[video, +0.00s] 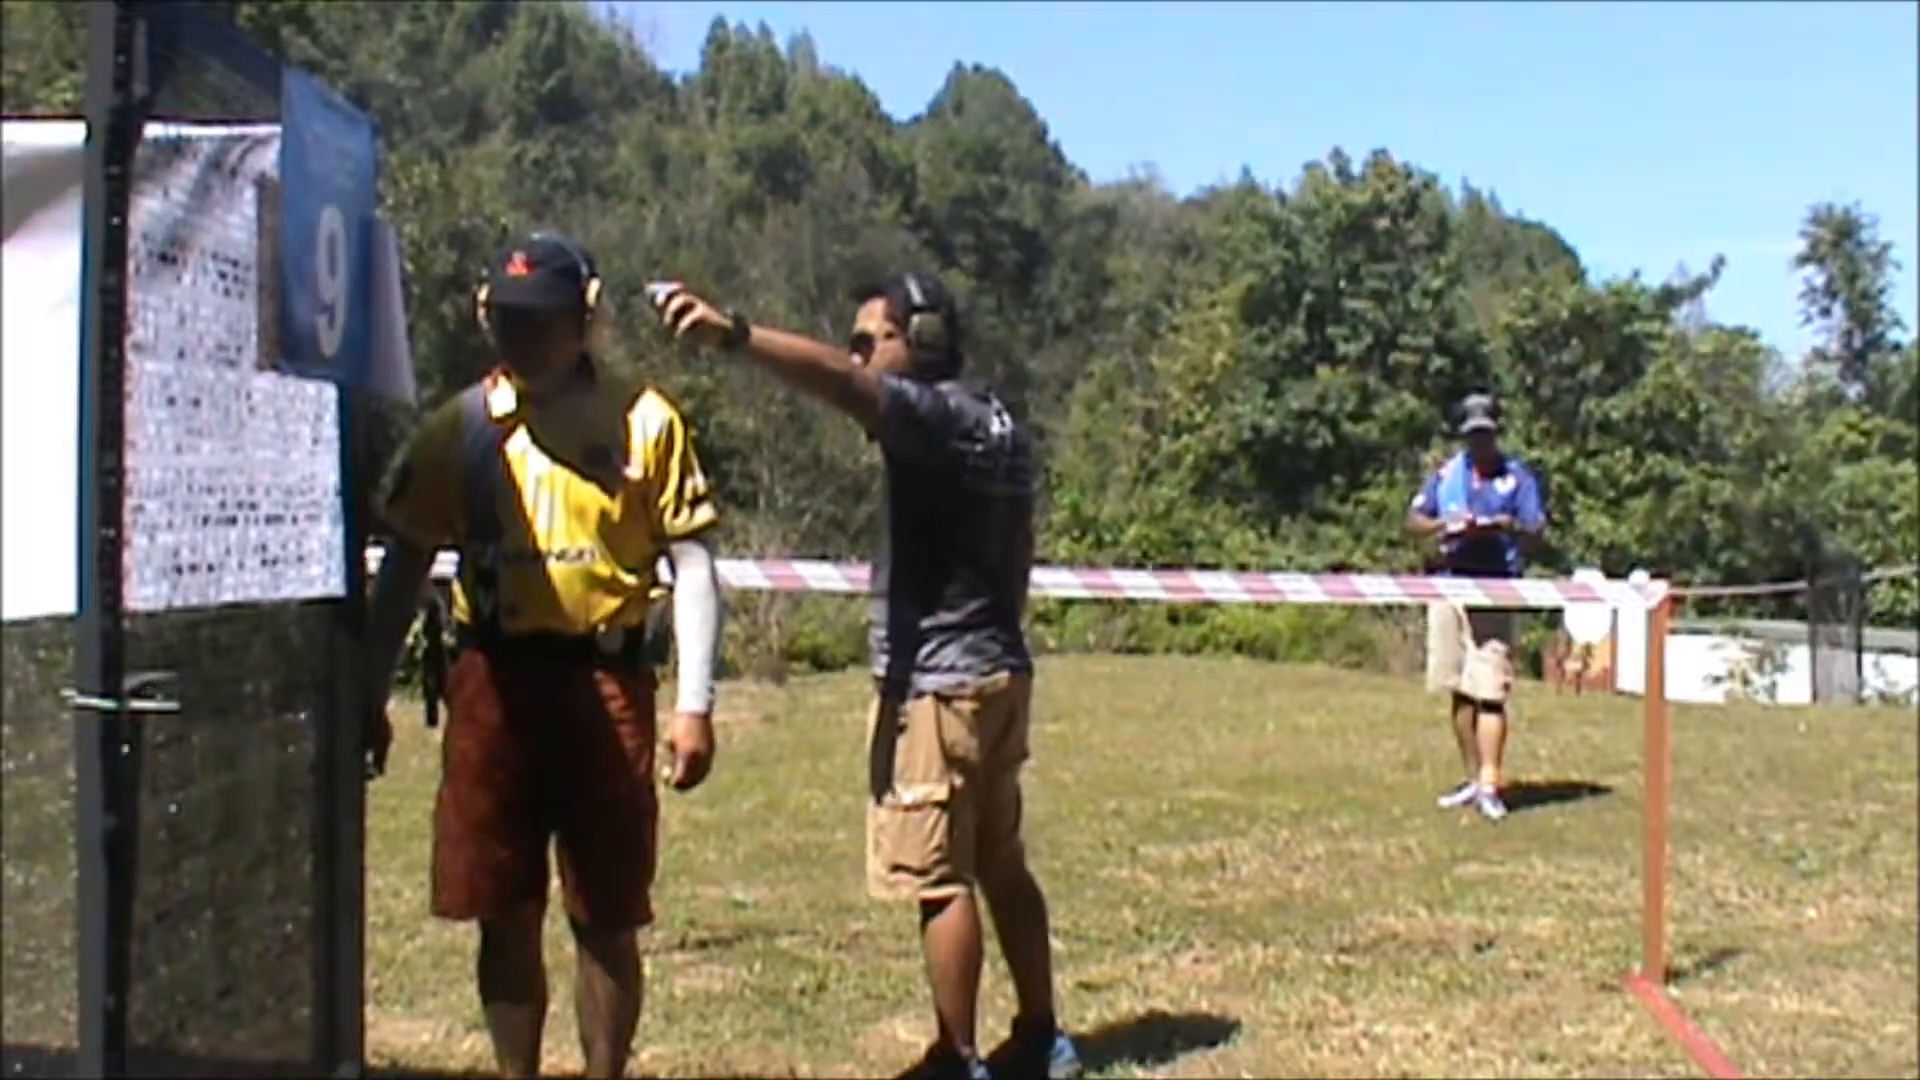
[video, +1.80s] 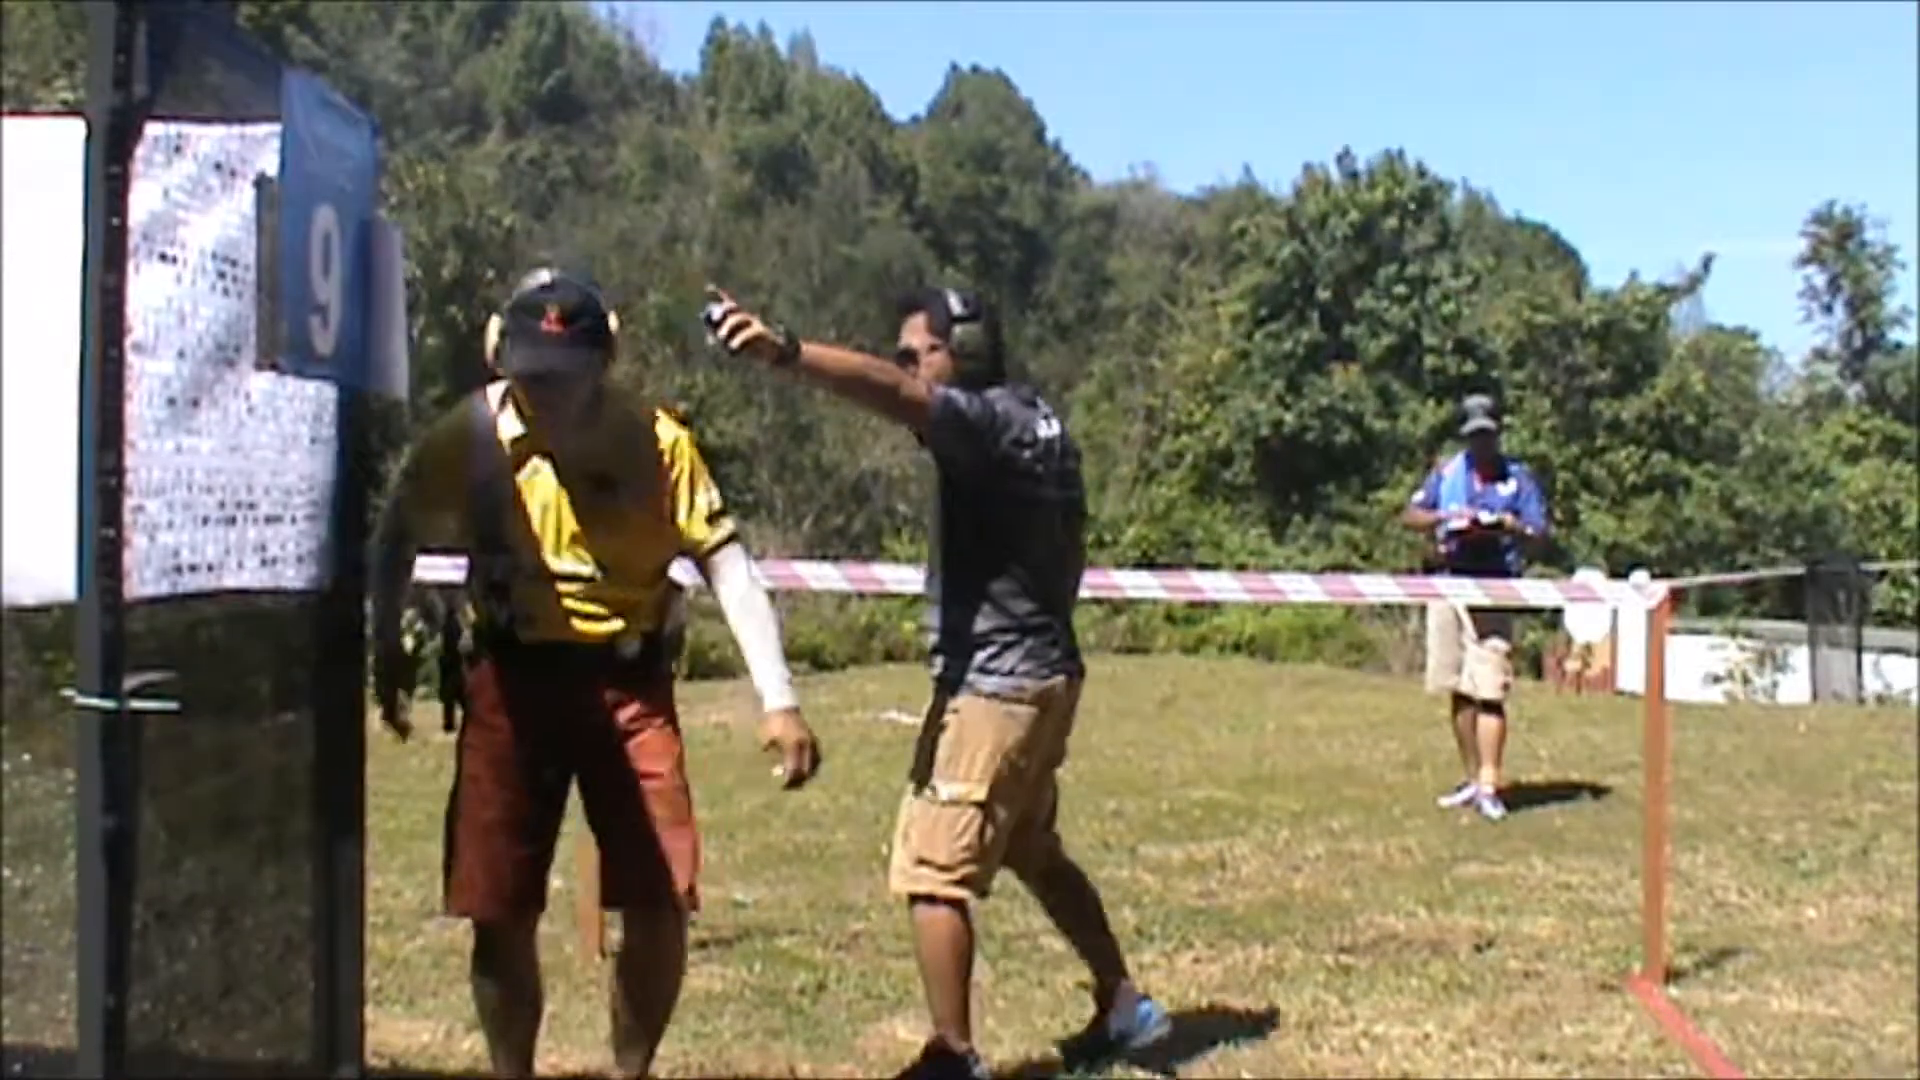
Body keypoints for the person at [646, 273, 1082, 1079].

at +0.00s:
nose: (857, 357)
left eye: (870, 341)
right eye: (857, 341)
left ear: (920, 342)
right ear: (940, 346)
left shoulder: (930, 412)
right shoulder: (1003, 424)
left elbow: (843, 379)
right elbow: (1015, 560)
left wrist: (734, 332)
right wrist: (995, 642)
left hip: (939, 674)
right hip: (998, 669)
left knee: (939, 878)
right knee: (1001, 866)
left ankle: (955, 1054)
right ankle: (1040, 1031)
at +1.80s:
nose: (903, 373)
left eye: (913, 357)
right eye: (902, 357)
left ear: (954, 355)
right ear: (985, 355)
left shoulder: (982, 419)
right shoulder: (1048, 425)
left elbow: (893, 388)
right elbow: (1069, 550)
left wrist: (784, 352)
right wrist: (1040, 634)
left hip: (996, 676)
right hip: (1046, 672)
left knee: (935, 864)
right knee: (1031, 845)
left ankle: (950, 1050)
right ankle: (1123, 1004)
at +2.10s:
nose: (1051, 414)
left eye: (1062, 397)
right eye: (1047, 399)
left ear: (1101, 392)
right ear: (1121, 397)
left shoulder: (1130, 459)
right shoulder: (1168, 469)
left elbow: (1055, 425)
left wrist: (963, 379)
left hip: (1110, 700)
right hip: (1155, 702)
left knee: (1015, 867)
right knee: (1122, 876)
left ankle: (957, 1041)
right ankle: (1226, 1012)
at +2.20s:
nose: (1096, 410)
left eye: (1105, 397)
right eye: (1093, 398)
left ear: (1143, 395)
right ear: (1151, 398)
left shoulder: (1174, 459)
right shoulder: (1201, 469)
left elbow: (1104, 418)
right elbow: (1180, 607)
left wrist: (1018, 378)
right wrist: (1109, 670)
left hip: (1155, 700)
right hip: (1193, 701)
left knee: (1053, 860)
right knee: (1147, 878)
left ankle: (1008, 1035)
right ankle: (1226, 1014)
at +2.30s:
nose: (1145, 386)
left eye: (1152, 373)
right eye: (1144, 375)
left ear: (1189, 376)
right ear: (1198, 380)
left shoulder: (1239, 451)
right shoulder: (1231, 460)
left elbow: (1168, 409)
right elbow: (1223, 582)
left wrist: (1088, 368)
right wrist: (1165, 659)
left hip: (1218, 685)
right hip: (1216, 683)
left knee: (1114, 838)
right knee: (1173, 856)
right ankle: (1227, 1013)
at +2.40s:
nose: (1180, 390)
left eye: (1190, 375)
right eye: (1178, 377)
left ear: (1228, 373)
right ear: (1210, 376)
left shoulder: (1277, 450)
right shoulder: (1234, 464)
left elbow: (1206, 399)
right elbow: (1242, 580)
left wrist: (1126, 358)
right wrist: (1208, 665)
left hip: (1264, 681)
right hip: (1225, 679)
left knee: (1184, 846)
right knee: (1184, 850)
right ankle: (1225, 1015)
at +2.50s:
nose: (1240, 399)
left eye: (1251, 384)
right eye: (1236, 387)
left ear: (1285, 377)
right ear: (1251, 384)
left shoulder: (1332, 455)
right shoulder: (1281, 471)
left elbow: (1265, 405)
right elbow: (1280, 591)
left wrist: (1188, 356)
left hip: (1321, 689)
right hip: (1267, 685)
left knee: (1299, 871)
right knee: (1223, 848)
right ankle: (1232, 1014)